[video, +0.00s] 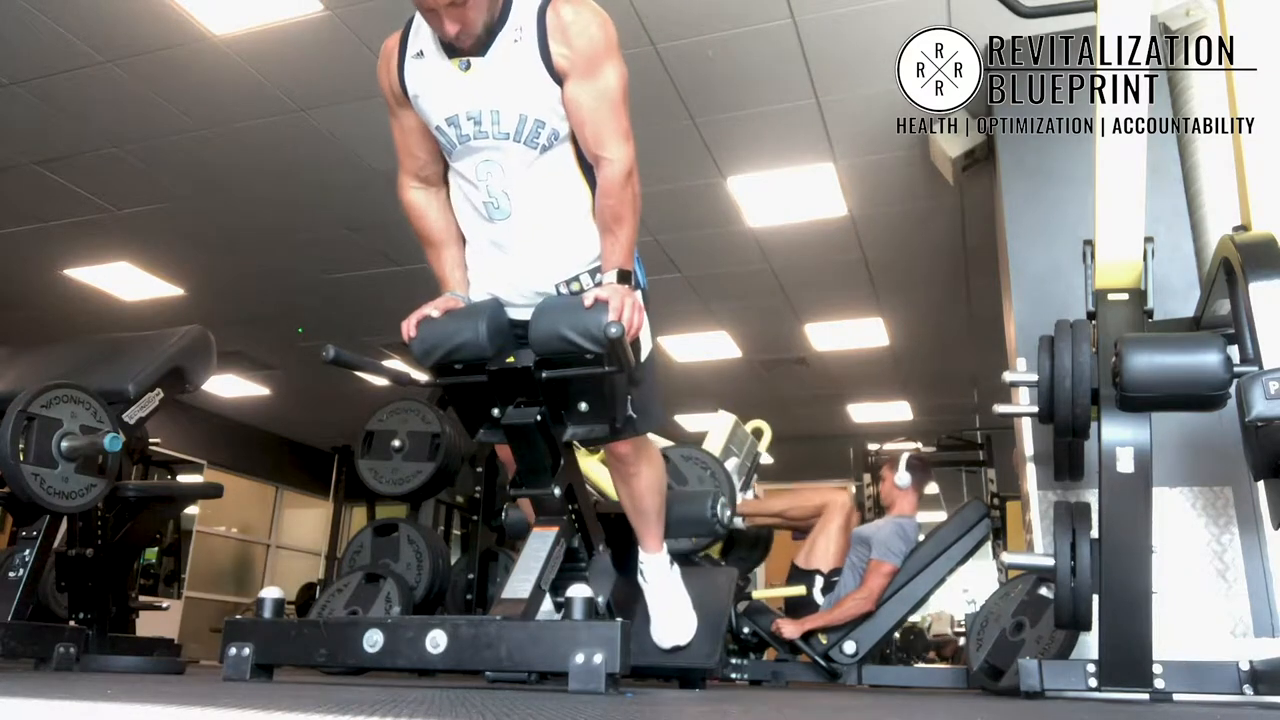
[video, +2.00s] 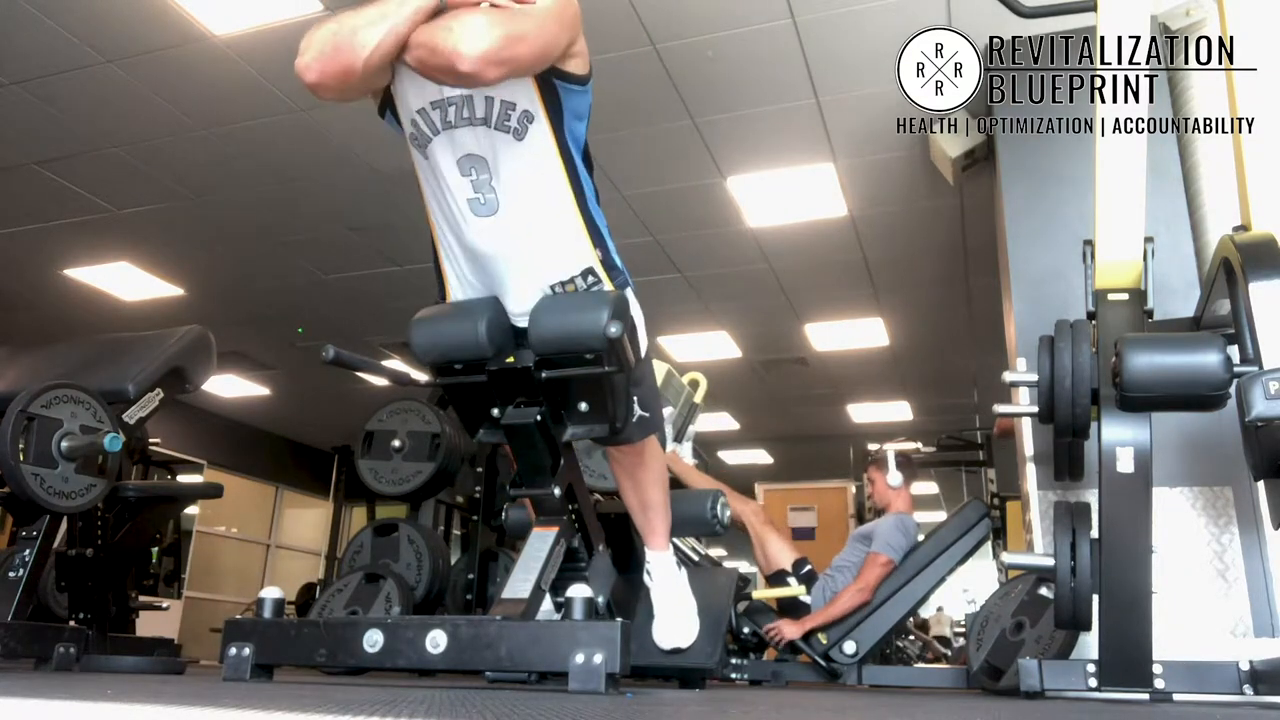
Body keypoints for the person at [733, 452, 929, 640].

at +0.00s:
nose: (879, 488)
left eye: (883, 480)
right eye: (880, 480)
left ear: (901, 481)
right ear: (905, 483)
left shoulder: (895, 530)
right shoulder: (896, 525)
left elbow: (867, 599)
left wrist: (801, 625)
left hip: (814, 606)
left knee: (840, 499)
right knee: (848, 510)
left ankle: (734, 507)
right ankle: (749, 513)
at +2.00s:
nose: (869, 491)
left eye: (872, 483)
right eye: (869, 484)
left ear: (894, 481)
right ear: (895, 482)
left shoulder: (893, 526)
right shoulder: (898, 525)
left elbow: (863, 591)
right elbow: (864, 591)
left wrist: (803, 624)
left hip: (811, 603)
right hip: (815, 597)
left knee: (753, 510)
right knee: (754, 512)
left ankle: (673, 461)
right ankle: (680, 466)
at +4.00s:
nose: (919, 482)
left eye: (928, 481)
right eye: (927, 478)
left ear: (934, 499)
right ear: (934, 501)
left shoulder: (899, 528)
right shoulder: (901, 526)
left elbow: (865, 595)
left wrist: (801, 624)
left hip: (814, 606)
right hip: (816, 602)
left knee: (843, 499)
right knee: (839, 504)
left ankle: (738, 509)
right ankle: (747, 517)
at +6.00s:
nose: (916, 481)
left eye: (926, 480)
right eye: (925, 478)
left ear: (930, 497)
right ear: (934, 505)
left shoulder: (895, 528)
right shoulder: (904, 528)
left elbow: (865, 595)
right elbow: (865, 593)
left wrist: (802, 624)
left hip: (818, 608)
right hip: (824, 602)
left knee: (822, 498)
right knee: (820, 506)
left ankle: (722, 493)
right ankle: (732, 506)